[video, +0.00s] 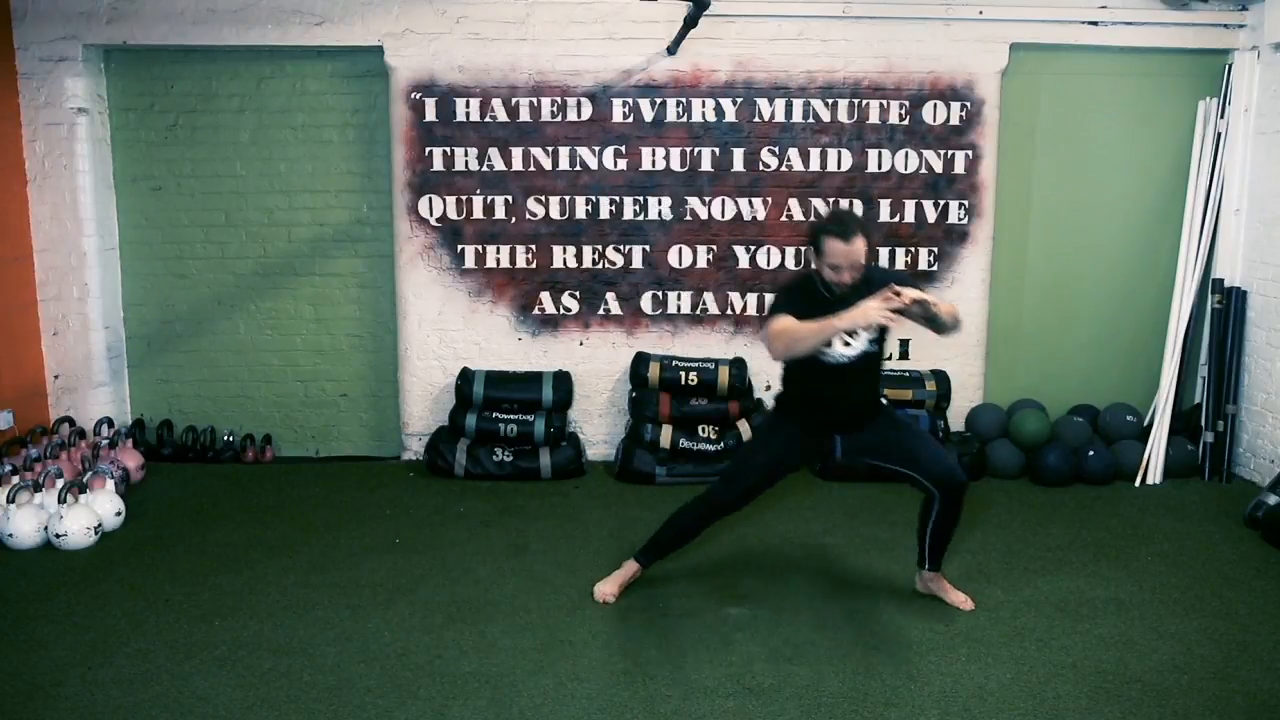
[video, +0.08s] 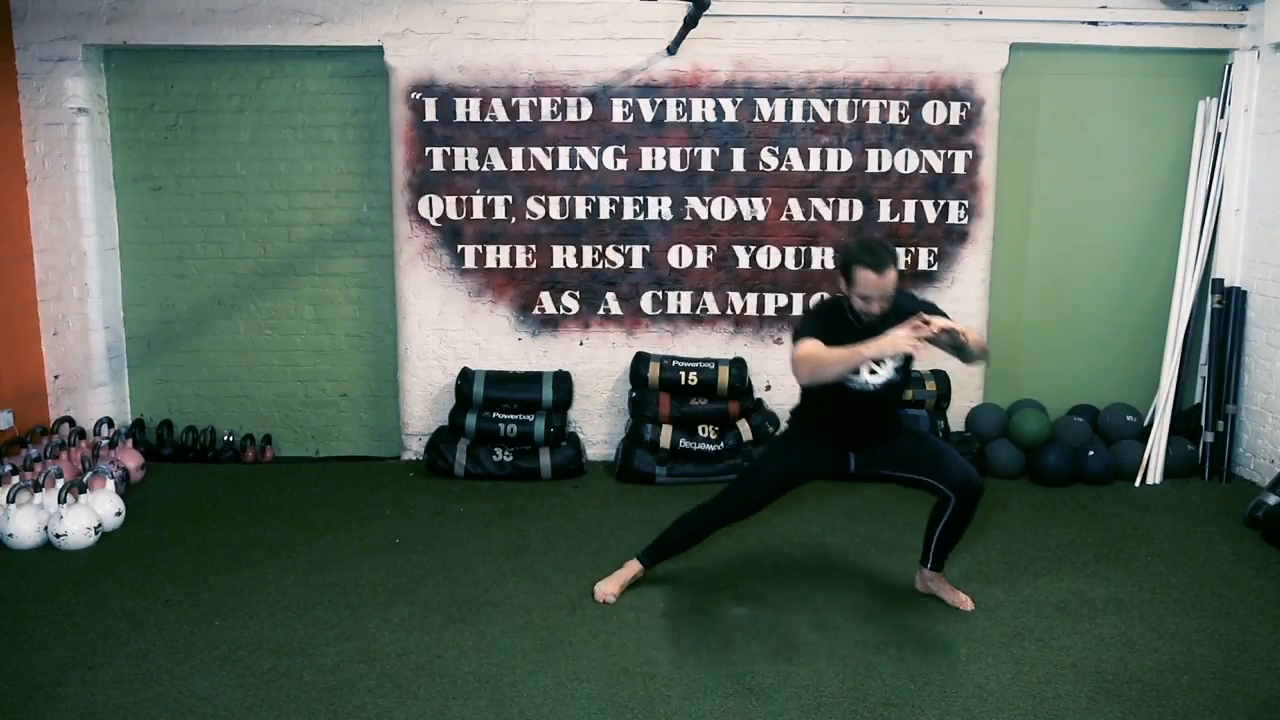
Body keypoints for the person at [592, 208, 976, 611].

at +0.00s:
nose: (845, 276)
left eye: (853, 267)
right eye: (835, 267)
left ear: (867, 256)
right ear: (815, 258)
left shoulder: (883, 285)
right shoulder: (798, 290)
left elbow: (950, 323)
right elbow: (779, 343)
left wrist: (925, 309)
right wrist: (853, 317)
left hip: (867, 421)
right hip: (798, 423)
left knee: (948, 479)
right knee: (726, 495)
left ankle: (929, 573)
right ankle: (634, 566)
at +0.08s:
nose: (873, 305)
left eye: (882, 296)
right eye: (864, 297)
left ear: (895, 280)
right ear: (845, 283)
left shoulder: (911, 309)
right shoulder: (824, 316)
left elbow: (976, 353)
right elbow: (806, 368)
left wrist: (957, 337)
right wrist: (878, 348)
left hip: (885, 436)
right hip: (815, 436)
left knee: (964, 483)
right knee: (736, 501)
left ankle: (931, 573)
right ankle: (635, 568)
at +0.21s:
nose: (903, 348)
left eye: (913, 341)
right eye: (895, 339)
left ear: (928, 327)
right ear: (877, 322)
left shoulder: (941, 351)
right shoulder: (851, 348)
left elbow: (1004, 388)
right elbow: (833, 402)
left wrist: (985, 378)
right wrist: (906, 386)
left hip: (901, 456)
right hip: (834, 454)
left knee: (979, 489)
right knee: (745, 513)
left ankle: (932, 573)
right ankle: (636, 569)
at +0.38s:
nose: (924, 391)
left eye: (934, 383)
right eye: (917, 381)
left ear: (951, 371)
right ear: (901, 362)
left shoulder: (961, 388)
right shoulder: (869, 382)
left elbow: (1027, 435)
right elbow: (853, 439)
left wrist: (1008, 422)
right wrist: (928, 427)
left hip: (906, 481)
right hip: (841, 482)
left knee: (986, 497)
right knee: (750, 529)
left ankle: (931, 574)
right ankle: (639, 570)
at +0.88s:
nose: (904, 337)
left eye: (913, 328)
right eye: (896, 327)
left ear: (926, 318)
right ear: (876, 313)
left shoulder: (937, 343)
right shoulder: (855, 338)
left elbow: (998, 389)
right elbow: (821, 385)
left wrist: (972, 373)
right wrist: (896, 382)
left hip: (893, 450)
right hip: (828, 447)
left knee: (965, 489)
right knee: (740, 509)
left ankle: (929, 575)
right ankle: (641, 568)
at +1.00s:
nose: (870, 294)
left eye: (879, 285)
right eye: (862, 284)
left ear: (893, 273)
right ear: (844, 272)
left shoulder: (907, 304)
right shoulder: (827, 305)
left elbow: (966, 346)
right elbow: (787, 343)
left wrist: (936, 327)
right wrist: (865, 331)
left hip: (870, 433)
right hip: (803, 431)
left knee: (947, 482)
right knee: (724, 502)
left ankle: (928, 576)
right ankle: (636, 569)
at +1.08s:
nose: (841, 265)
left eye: (850, 255)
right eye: (831, 255)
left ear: (865, 250)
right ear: (813, 247)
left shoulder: (881, 284)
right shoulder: (795, 283)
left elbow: (937, 318)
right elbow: (757, 314)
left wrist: (907, 299)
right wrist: (830, 299)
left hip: (852, 419)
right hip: (785, 416)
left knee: (928, 479)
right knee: (710, 492)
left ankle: (926, 574)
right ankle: (632, 568)